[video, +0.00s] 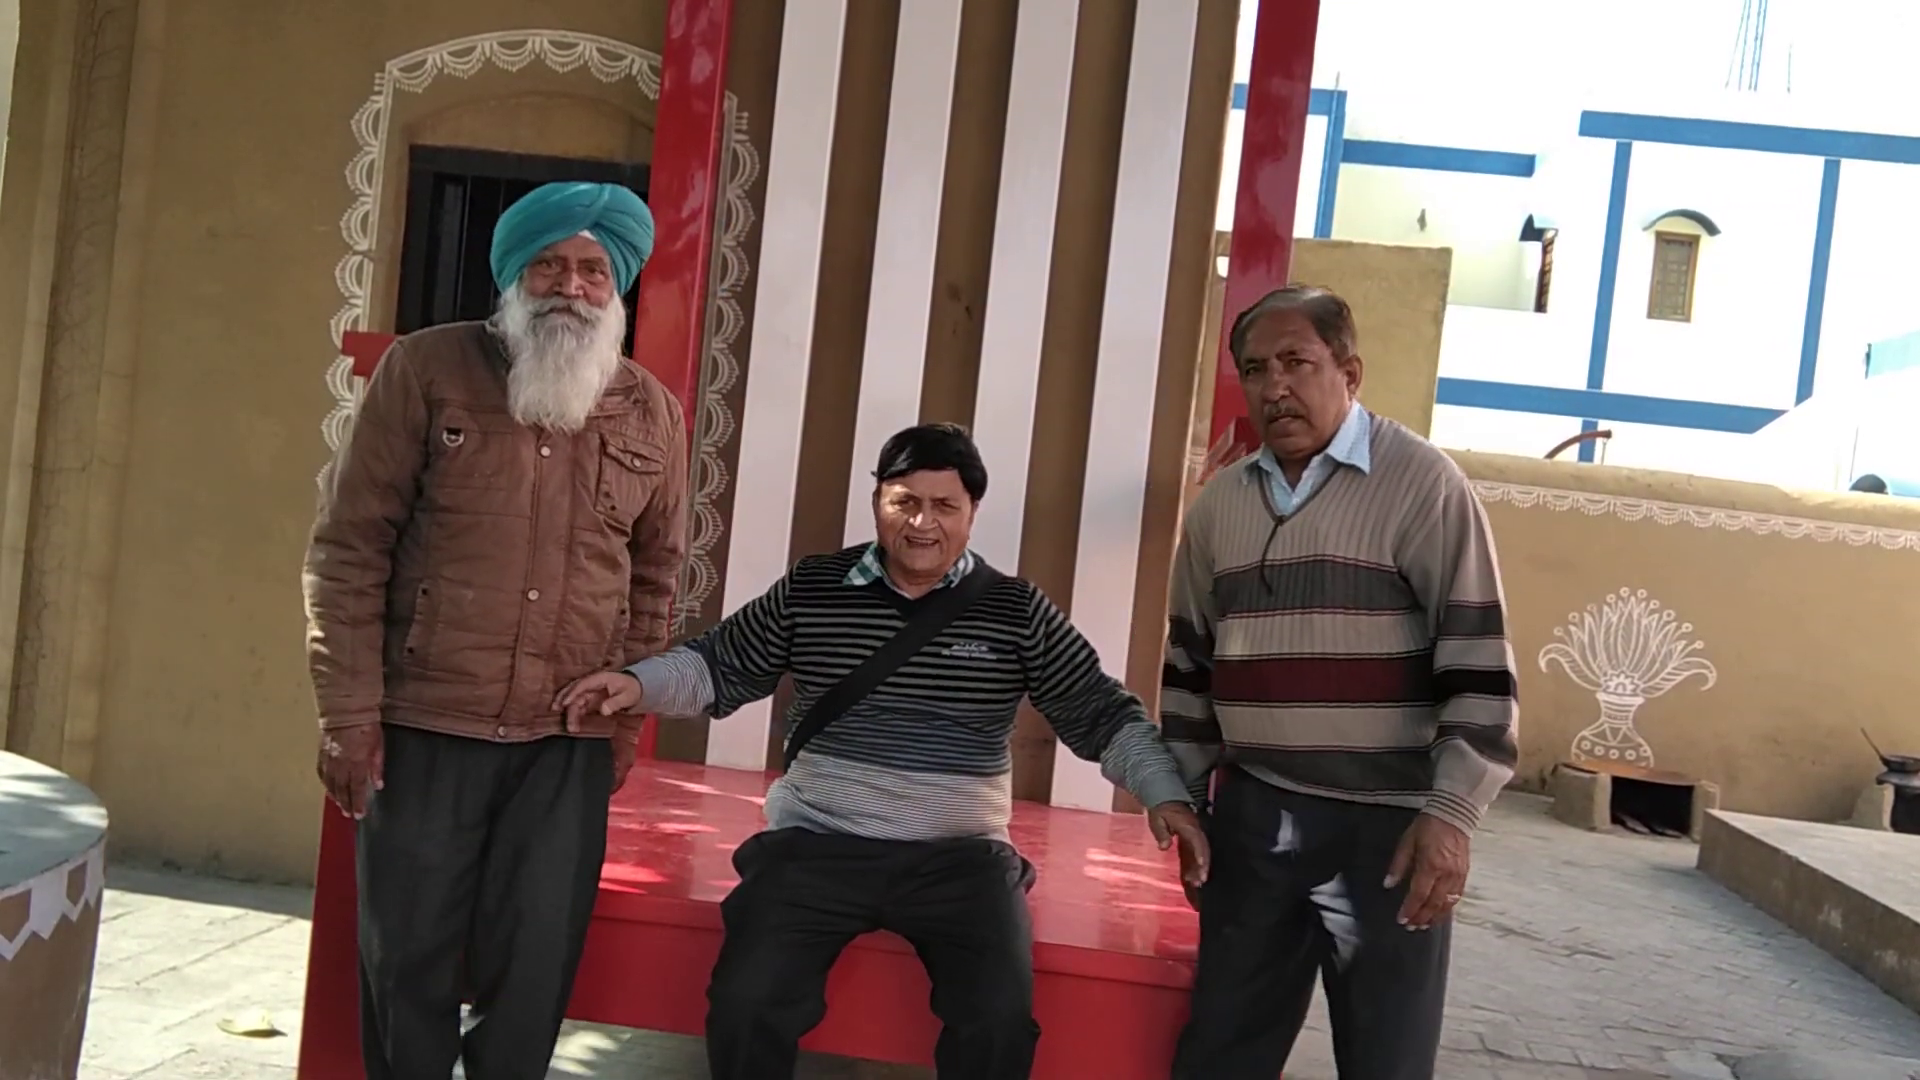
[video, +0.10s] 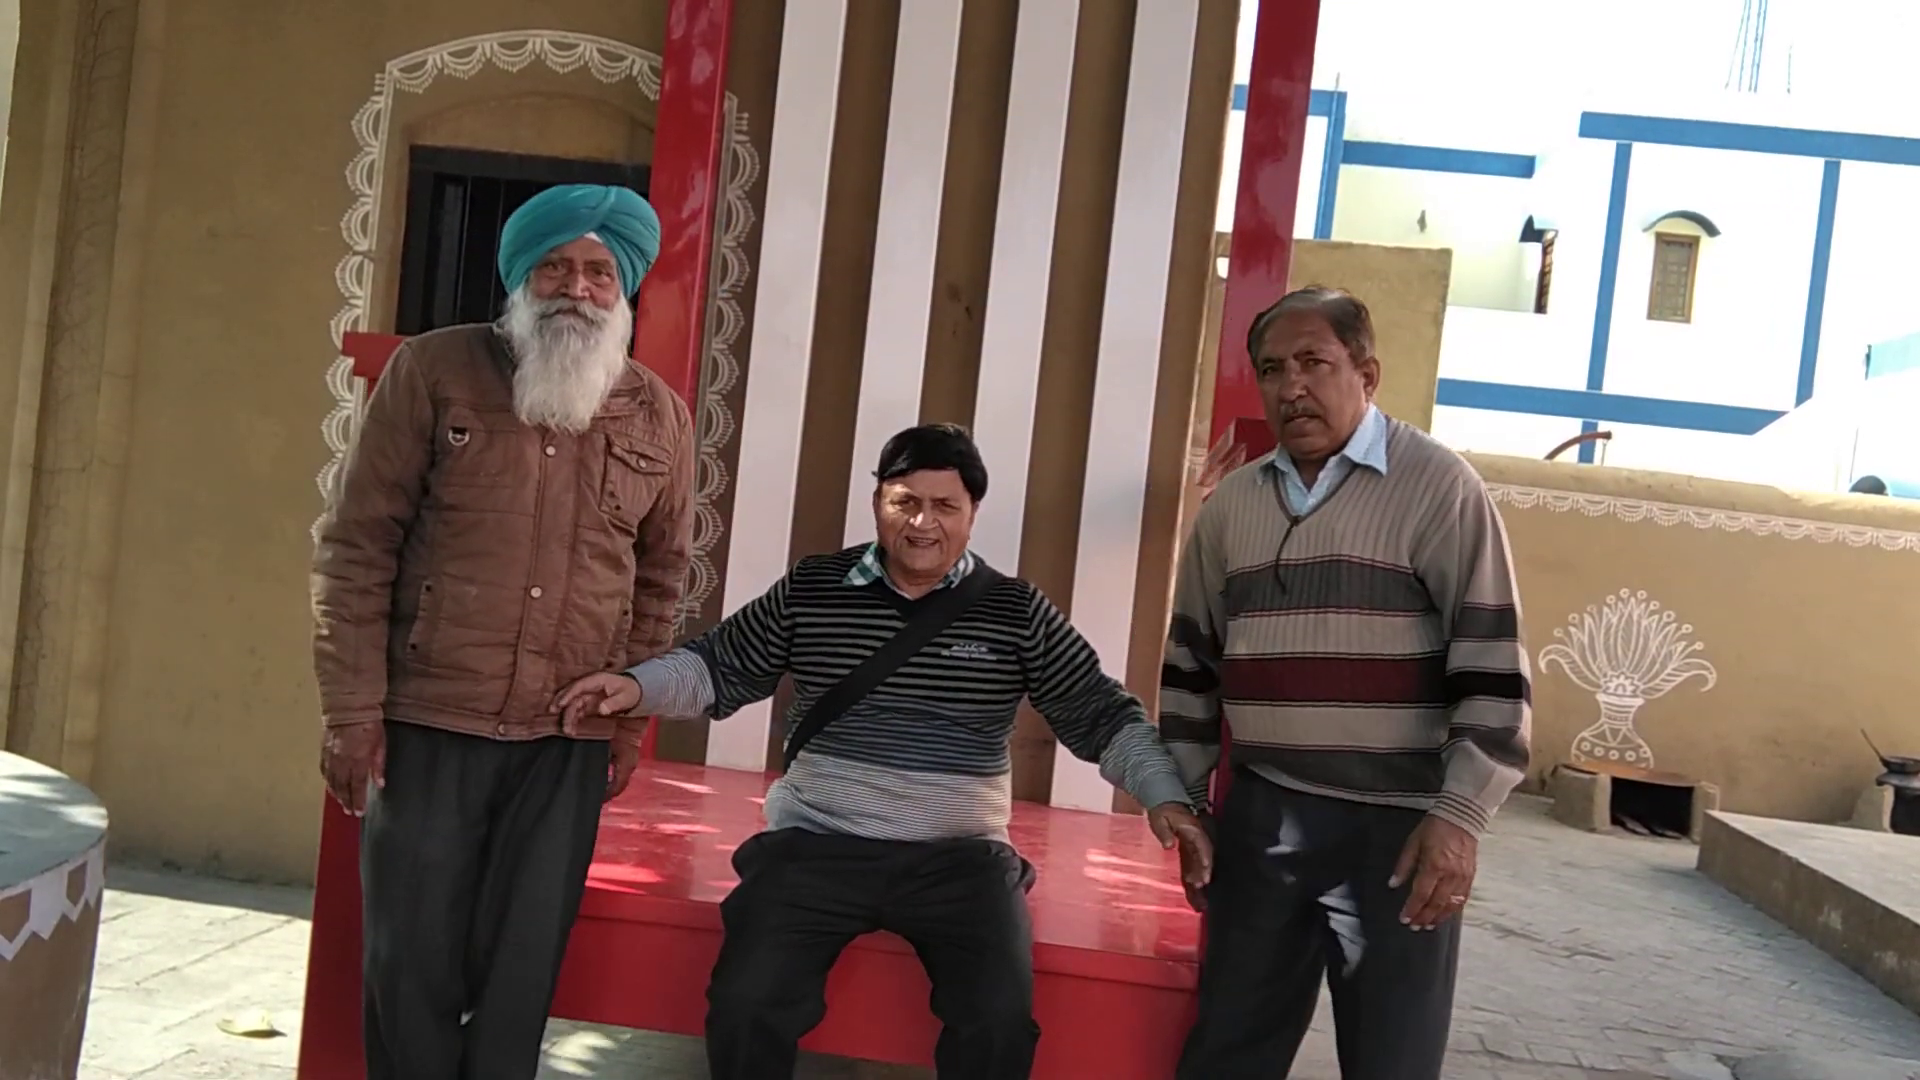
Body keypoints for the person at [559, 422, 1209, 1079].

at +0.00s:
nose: (924, 520)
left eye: (944, 506)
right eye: (907, 502)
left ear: (973, 515)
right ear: (877, 505)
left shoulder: (1014, 611)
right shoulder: (814, 590)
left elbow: (1101, 712)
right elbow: (721, 666)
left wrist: (1167, 797)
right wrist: (635, 684)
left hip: (961, 849)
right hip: (814, 837)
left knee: (998, 1019)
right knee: (746, 1004)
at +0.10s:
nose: (923, 519)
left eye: (943, 506)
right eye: (908, 501)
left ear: (973, 515)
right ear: (878, 503)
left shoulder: (1015, 613)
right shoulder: (815, 589)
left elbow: (1100, 714)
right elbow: (723, 665)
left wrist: (1168, 799)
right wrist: (635, 686)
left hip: (961, 849)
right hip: (813, 837)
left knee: (998, 1020)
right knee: (745, 1009)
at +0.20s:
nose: (924, 516)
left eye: (944, 503)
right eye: (908, 500)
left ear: (974, 514)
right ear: (878, 504)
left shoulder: (1015, 612)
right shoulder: (815, 589)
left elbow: (1099, 711)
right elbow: (721, 667)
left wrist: (1164, 789)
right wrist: (635, 690)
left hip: (961, 850)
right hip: (814, 837)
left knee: (997, 1020)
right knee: (746, 1003)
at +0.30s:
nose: (926, 512)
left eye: (946, 499)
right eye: (910, 495)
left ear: (975, 512)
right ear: (881, 502)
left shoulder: (1017, 611)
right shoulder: (818, 587)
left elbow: (1097, 703)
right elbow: (718, 662)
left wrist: (1165, 770)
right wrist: (628, 688)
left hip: (961, 848)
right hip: (815, 836)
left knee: (999, 1019)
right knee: (745, 1004)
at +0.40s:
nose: (928, 513)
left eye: (949, 496)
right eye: (910, 494)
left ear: (977, 508)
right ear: (881, 501)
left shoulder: (1016, 608)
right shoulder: (817, 587)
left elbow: (1090, 686)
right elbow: (720, 650)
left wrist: (1153, 734)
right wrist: (649, 661)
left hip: (962, 848)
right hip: (818, 837)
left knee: (1000, 1019)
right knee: (745, 1005)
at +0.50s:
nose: (931, 511)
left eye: (950, 496)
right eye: (913, 493)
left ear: (976, 506)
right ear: (883, 498)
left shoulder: (1016, 605)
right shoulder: (816, 586)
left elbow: (1083, 674)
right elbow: (724, 649)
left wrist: (1134, 701)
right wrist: (669, 628)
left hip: (963, 850)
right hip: (817, 839)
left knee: (1001, 1011)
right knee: (745, 997)